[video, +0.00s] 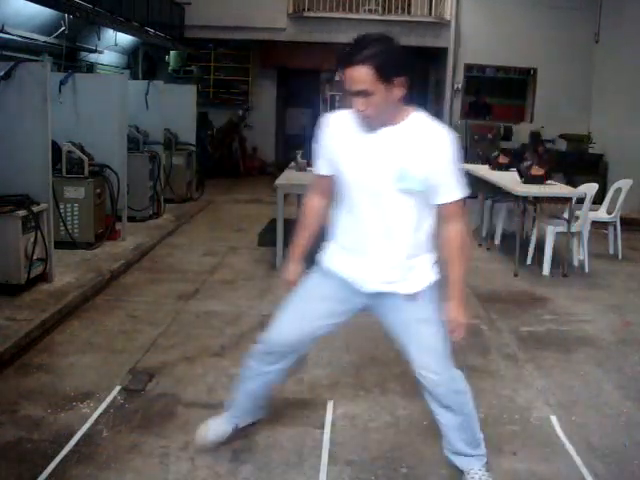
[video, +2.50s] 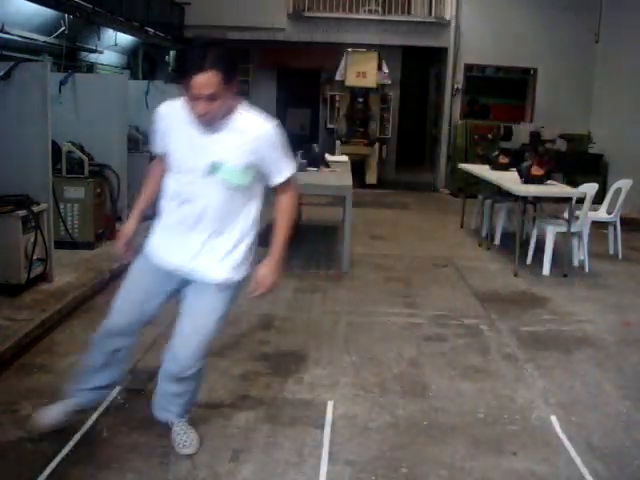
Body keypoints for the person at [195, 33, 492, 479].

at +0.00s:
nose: (356, 105)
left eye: (365, 95)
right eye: (350, 94)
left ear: (398, 88)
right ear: (344, 88)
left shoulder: (435, 140)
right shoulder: (335, 126)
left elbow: (453, 221)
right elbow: (318, 194)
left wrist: (456, 298)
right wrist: (295, 258)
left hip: (407, 284)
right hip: (338, 273)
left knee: (438, 375)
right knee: (276, 342)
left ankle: (473, 465)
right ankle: (238, 414)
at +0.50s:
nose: (177, 146)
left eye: (187, 135)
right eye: (168, 135)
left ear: (202, 123)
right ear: (153, 122)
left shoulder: (226, 166)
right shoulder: (124, 147)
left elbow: (237, 227)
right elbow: (105, 202)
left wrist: (232, 289)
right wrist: (82, 268)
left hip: (185, 289)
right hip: (123, 279)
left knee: (178, 373)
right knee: (82, 357)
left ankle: (179, 428)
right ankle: (58, 417)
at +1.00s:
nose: (295, 129)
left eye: (303, 119)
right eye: (284, 120)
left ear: (313, 109)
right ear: (256, 106)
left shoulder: (326, 152)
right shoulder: (216, 140)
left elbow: (337, 220)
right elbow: (183, 200)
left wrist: (341, 291)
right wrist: (163, 272)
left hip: (297, 281)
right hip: (224, 280)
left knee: (341, 368)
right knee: (189, 374)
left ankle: (376, 446)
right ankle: (150, 460)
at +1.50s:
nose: (490, 135)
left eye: (500, 125)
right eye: (480, 125)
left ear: (515, 113)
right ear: (462, 113)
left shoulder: (538, 152)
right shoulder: (429, 155)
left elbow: (552, 207)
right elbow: (395, 204)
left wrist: (569, 271)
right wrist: (394, 277)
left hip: (531, 292)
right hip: (463, 298)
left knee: (580, 376)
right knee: (464, 396)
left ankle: (630, 460)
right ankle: (482, 465)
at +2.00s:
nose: (383, 88)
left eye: (391, 77)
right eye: (376, 78)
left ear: (426, 67)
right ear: (370, 71)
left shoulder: (470, 114)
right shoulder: (367, 108)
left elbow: (494, 185)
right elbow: (357, 168)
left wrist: (491, 261)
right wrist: (339, 235)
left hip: (439, 257)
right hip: (374, 249)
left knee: (433, 361)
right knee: (343, 334)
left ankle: (445, 449)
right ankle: (343, 413)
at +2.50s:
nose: (201, 107)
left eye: (212, 98)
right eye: (194, 97)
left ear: (234, 91)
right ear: (185, 89)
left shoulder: (262, 132)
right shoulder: (169, 115)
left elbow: (288, 189)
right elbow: (160, 165)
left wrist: (274, 259)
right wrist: (133, 220)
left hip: (219, 267)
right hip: (163, 251)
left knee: (187, 354)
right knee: (117, 324)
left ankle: (174, 413)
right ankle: (81, 398)